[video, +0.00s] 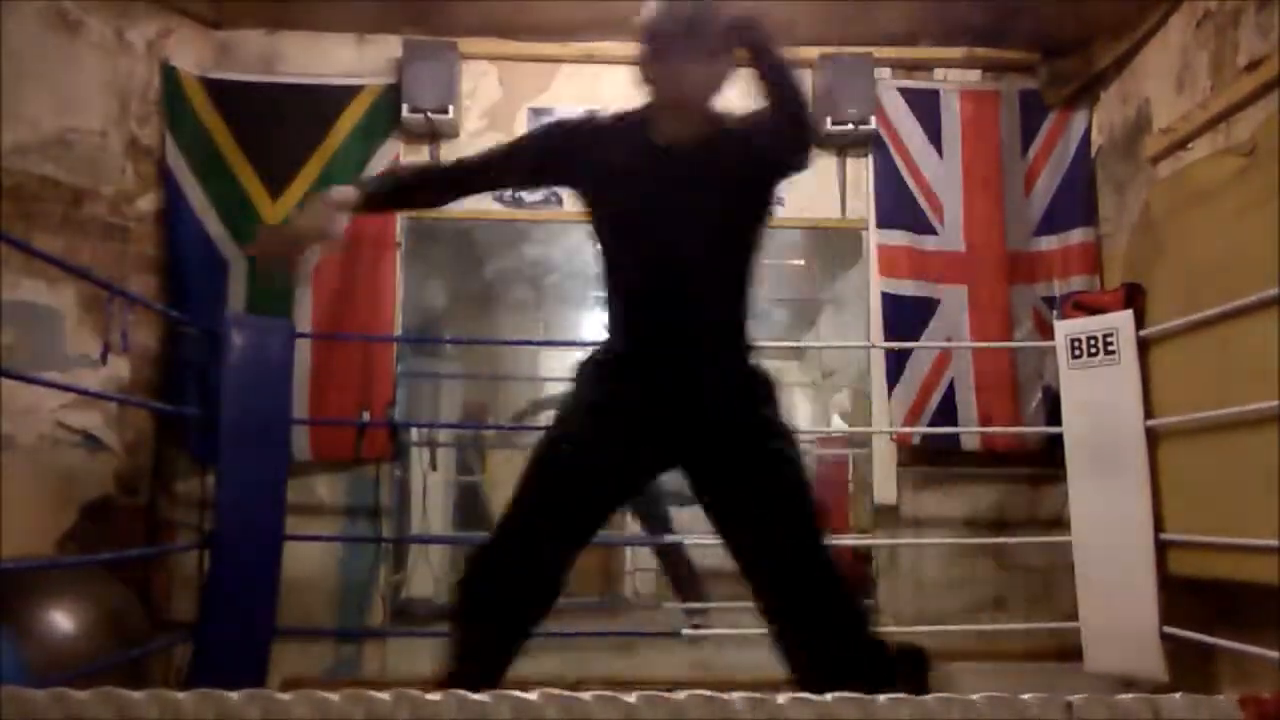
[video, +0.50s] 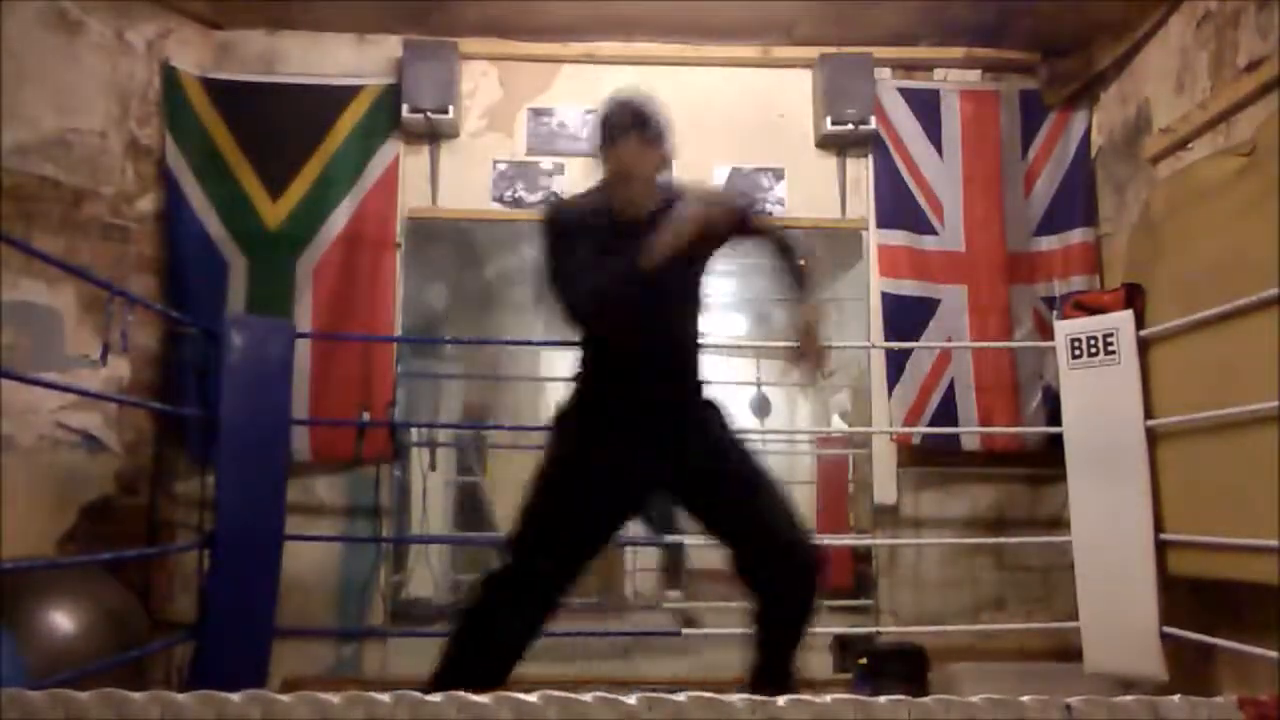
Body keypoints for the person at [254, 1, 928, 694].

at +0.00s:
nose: (681, 70)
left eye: (696, 54)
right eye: (669, 52)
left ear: (725, 65)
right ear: (645, 59)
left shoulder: (750, 148)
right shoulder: (596, 144)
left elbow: (796, 133)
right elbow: (470, 175)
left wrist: (759, 48)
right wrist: (354, 198)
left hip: (724, 395)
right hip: (623, 393)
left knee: (795, 569)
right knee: (522, 559)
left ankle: (865, 698)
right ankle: (463, 699)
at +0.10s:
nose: (610, 115)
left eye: (625, 100)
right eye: (597, 100)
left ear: (651, 111)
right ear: (582, 110)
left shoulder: (692, 202)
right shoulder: (539, 195)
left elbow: (722, 243)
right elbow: (427, 248)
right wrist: (343, 260)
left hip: (659, 429)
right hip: (564, 427)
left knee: (728, 589)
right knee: (473, 593)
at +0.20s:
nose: (560, 184)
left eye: (575, 168)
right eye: (548, 168)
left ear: (600, 181)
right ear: (530, 180)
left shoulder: (646, 272)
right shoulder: (494, 266)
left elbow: (659, 399)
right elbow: (424, 356)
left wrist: (615, 391)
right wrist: (360, 393)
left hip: (613, 480)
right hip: (518, 473)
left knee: (645, 649)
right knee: (430, 634)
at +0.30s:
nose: (542, 217)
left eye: (557, 200)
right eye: (528, 200)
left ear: (582, 209)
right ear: (508, 209)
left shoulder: (632, 293)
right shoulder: (481, 297)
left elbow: (643, 413)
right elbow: (456, 401)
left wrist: (642, 517)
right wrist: (428, 496)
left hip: (604, 495)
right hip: (509, 490)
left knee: (633, 664)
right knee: (423, 647)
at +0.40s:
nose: (570, 198)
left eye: (584, 183)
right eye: (557, 184)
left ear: (606, 192)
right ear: (541, 195)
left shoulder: (650, 270)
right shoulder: (503, 283)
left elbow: (700, 344)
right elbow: (485, 408)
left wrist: (729, 431)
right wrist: (558, 399)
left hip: (629, 470)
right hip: (536, 473)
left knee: (717, 606)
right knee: (454, 623)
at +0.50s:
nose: (641, 155)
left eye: (650, 143)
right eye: (629, 143)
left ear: (664, 153)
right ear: (607, 152)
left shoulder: (690, 213)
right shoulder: (573, 220)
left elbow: (775, 240)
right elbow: (588, 303)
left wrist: (804, 313)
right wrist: (669, 242)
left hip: (683, 425)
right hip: (603, 428)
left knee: (788, 562)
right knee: (531, 580)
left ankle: (769, 701)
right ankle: (443, 707)